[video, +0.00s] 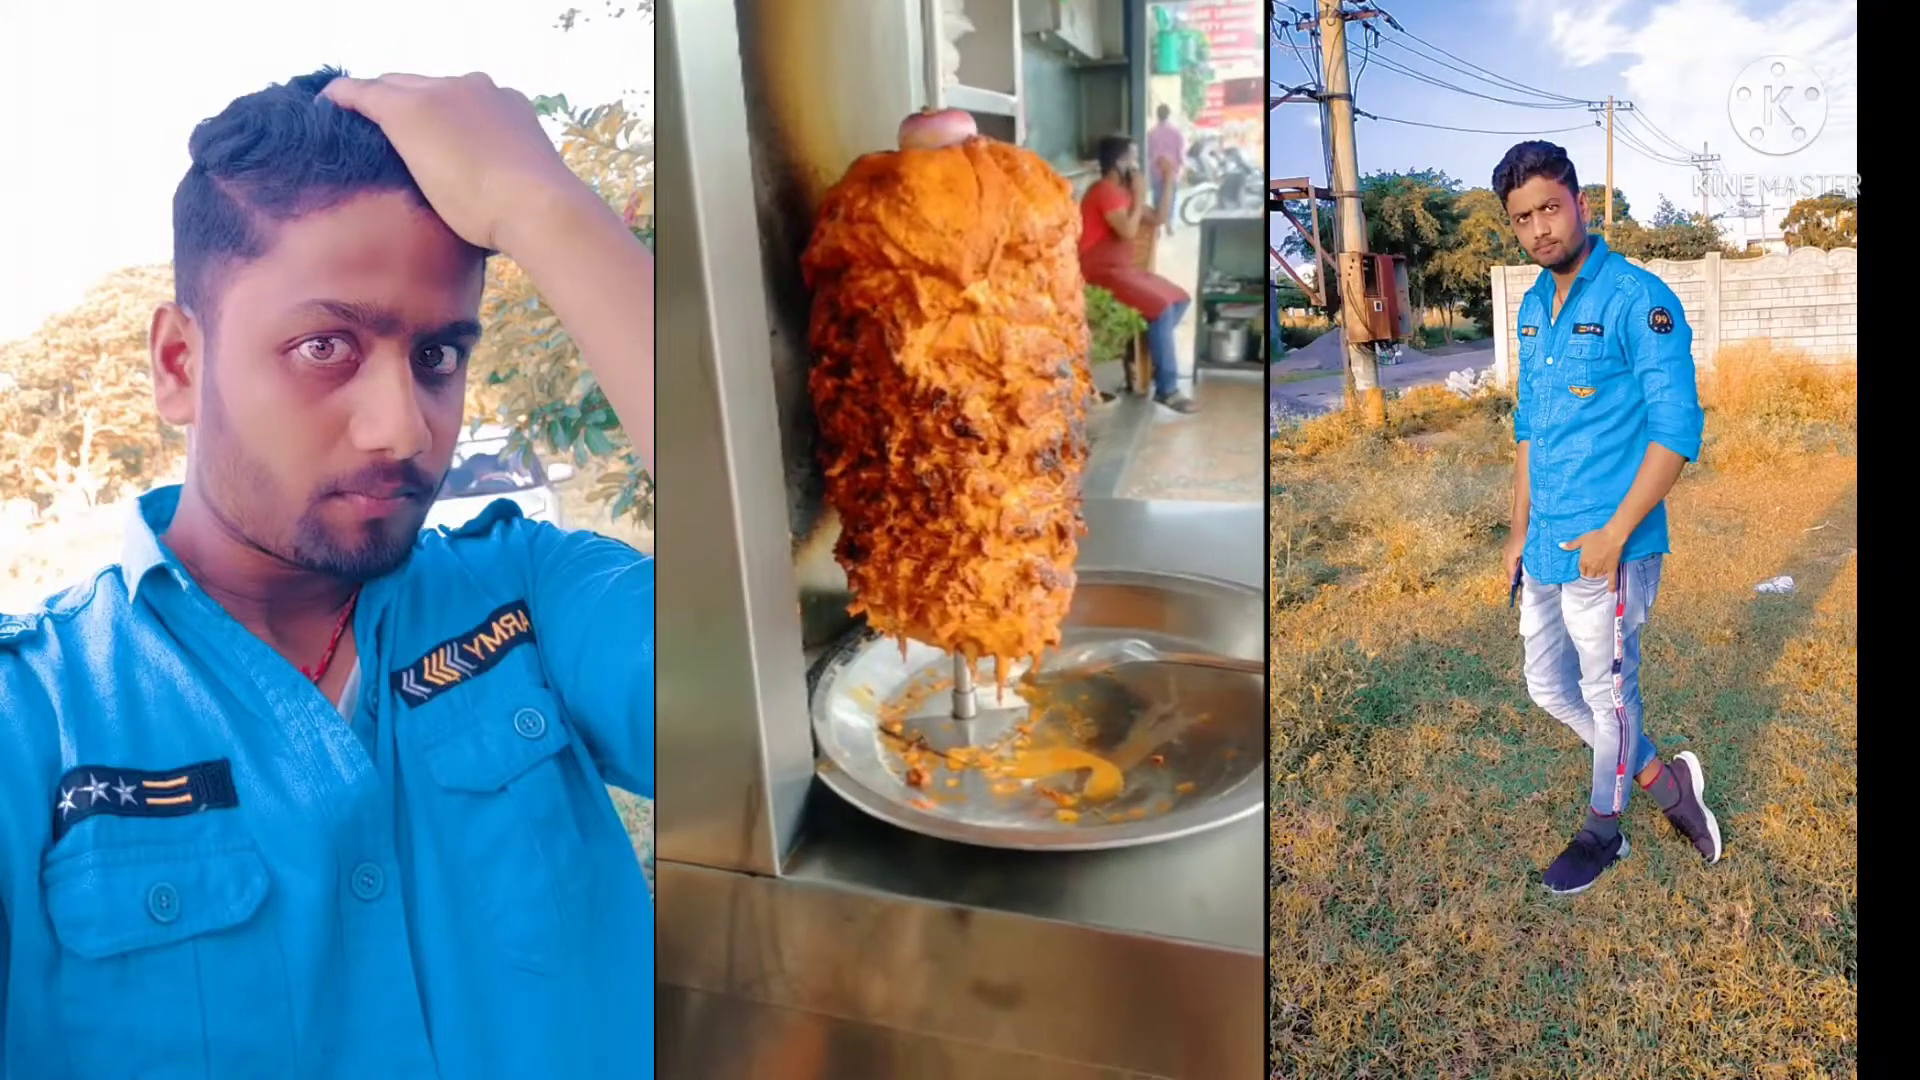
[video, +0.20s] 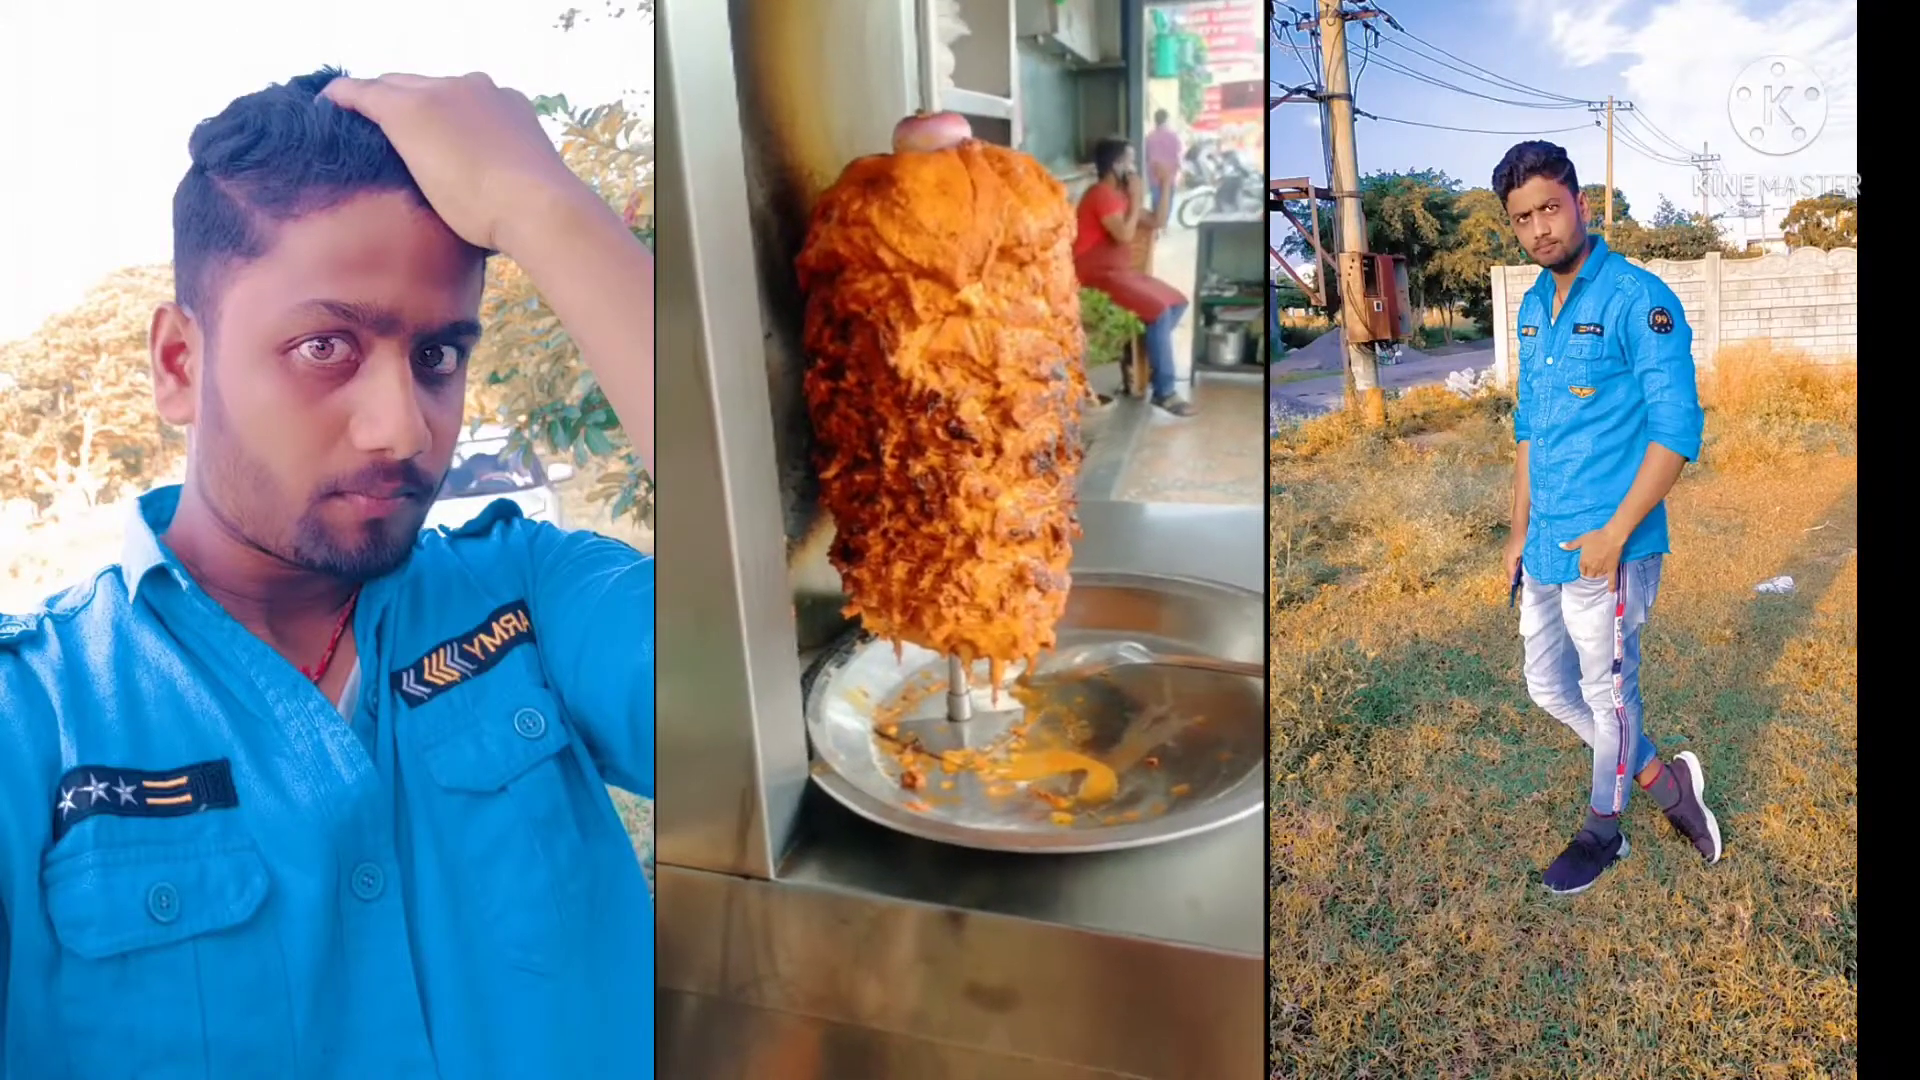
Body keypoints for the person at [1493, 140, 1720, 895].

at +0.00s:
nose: (1538, 228)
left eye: (1549, 208)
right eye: (1522, 218)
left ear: (1581, 203)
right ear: (1513, 228)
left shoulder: (1640, 298)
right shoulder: (1534, 307)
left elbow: (1678, 431)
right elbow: (1529, 431)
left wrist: (1615, 532)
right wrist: (1520, 530)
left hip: (1611, 536)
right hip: (1544, 538)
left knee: (1610, 689)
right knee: (1548, 684)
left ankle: (1602, 828)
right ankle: (1666, 778)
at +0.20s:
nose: (1538, 228)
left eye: (1549, 208)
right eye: (1522, 218)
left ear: (1581, 203)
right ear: (1513, 228)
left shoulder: (1640, 298)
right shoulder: (1534, 307)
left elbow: (1678, 431)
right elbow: (1529, 431)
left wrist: (1615, 532)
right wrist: (1520, 530)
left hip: (1611, 536)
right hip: (1544, 538)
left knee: (1610, 689)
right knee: (1548, 684)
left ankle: (1602, 828)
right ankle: (1666, 778)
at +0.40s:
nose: (1538, 228)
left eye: (1549, 208)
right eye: (1522, 218)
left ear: (1581, 203)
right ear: (1513, 228)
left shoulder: (1640, 298)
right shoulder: (1534, 307)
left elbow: (1678, 431)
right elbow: (1529, 431)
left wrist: (1615, 532)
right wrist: (1520, 530)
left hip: (1611, 536)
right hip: (1544, 538)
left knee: (1610, 689)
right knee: (1548, 684)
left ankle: (1602, 828)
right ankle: (1666, 778)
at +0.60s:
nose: (1538, 228)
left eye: (1549, 208)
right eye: (1522, 218)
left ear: (1581, 203)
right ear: (1513, 228)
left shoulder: (1640, 298)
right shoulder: (1534, 307)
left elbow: (1678, 431)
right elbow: (1529, 431)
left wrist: (1615, 532)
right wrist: (1520, 530)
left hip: (1611, 536)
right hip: (1544, 538)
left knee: (1610, 689)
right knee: (1548, 684)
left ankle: (1602, 828)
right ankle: (1666, 778)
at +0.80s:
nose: (1538, 228)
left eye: (1549, 208)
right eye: (1522, 218)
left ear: (1581, 203)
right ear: (1513, 228)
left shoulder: (1640, 298)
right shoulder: (1534, 307)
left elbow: (1678, 431)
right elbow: (1529, 431)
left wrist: (1615, 532)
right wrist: (1520, 530)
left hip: (1611, 536)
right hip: (1544, 538)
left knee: (1610, 689)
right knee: (1548, 684)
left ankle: (1602, 828)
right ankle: (1666, 778)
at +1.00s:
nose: (1538, 228)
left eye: (1549, 208)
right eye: (1522, 218)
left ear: (1581, 203)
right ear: (1513, 228)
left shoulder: (1640, 298)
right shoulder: (1534, 307)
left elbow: (1678, 431)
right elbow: (1529, 431)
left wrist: (1615, 532)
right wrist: (1520, 530)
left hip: (1611, 536)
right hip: (1544, 538)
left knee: (1610, 689)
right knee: (1548, 684)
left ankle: (1602, 828)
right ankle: (1666, 778)